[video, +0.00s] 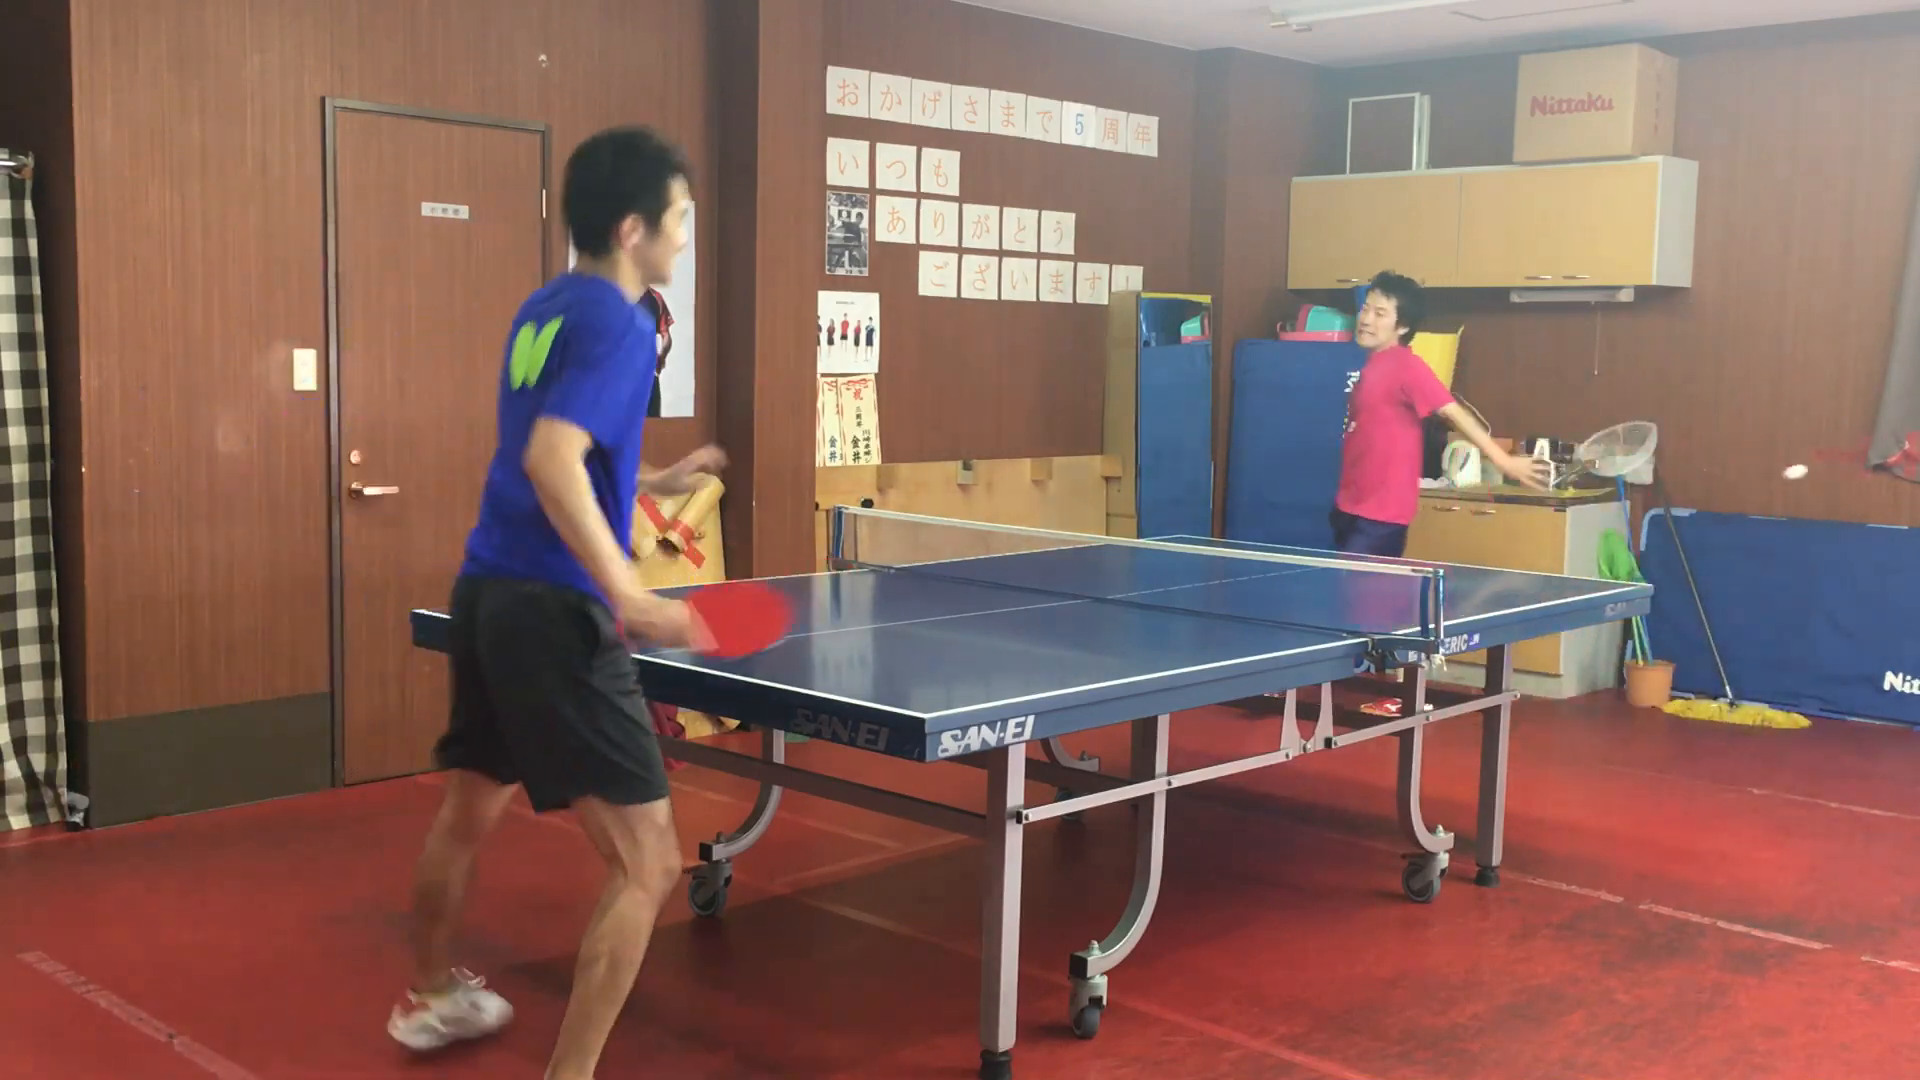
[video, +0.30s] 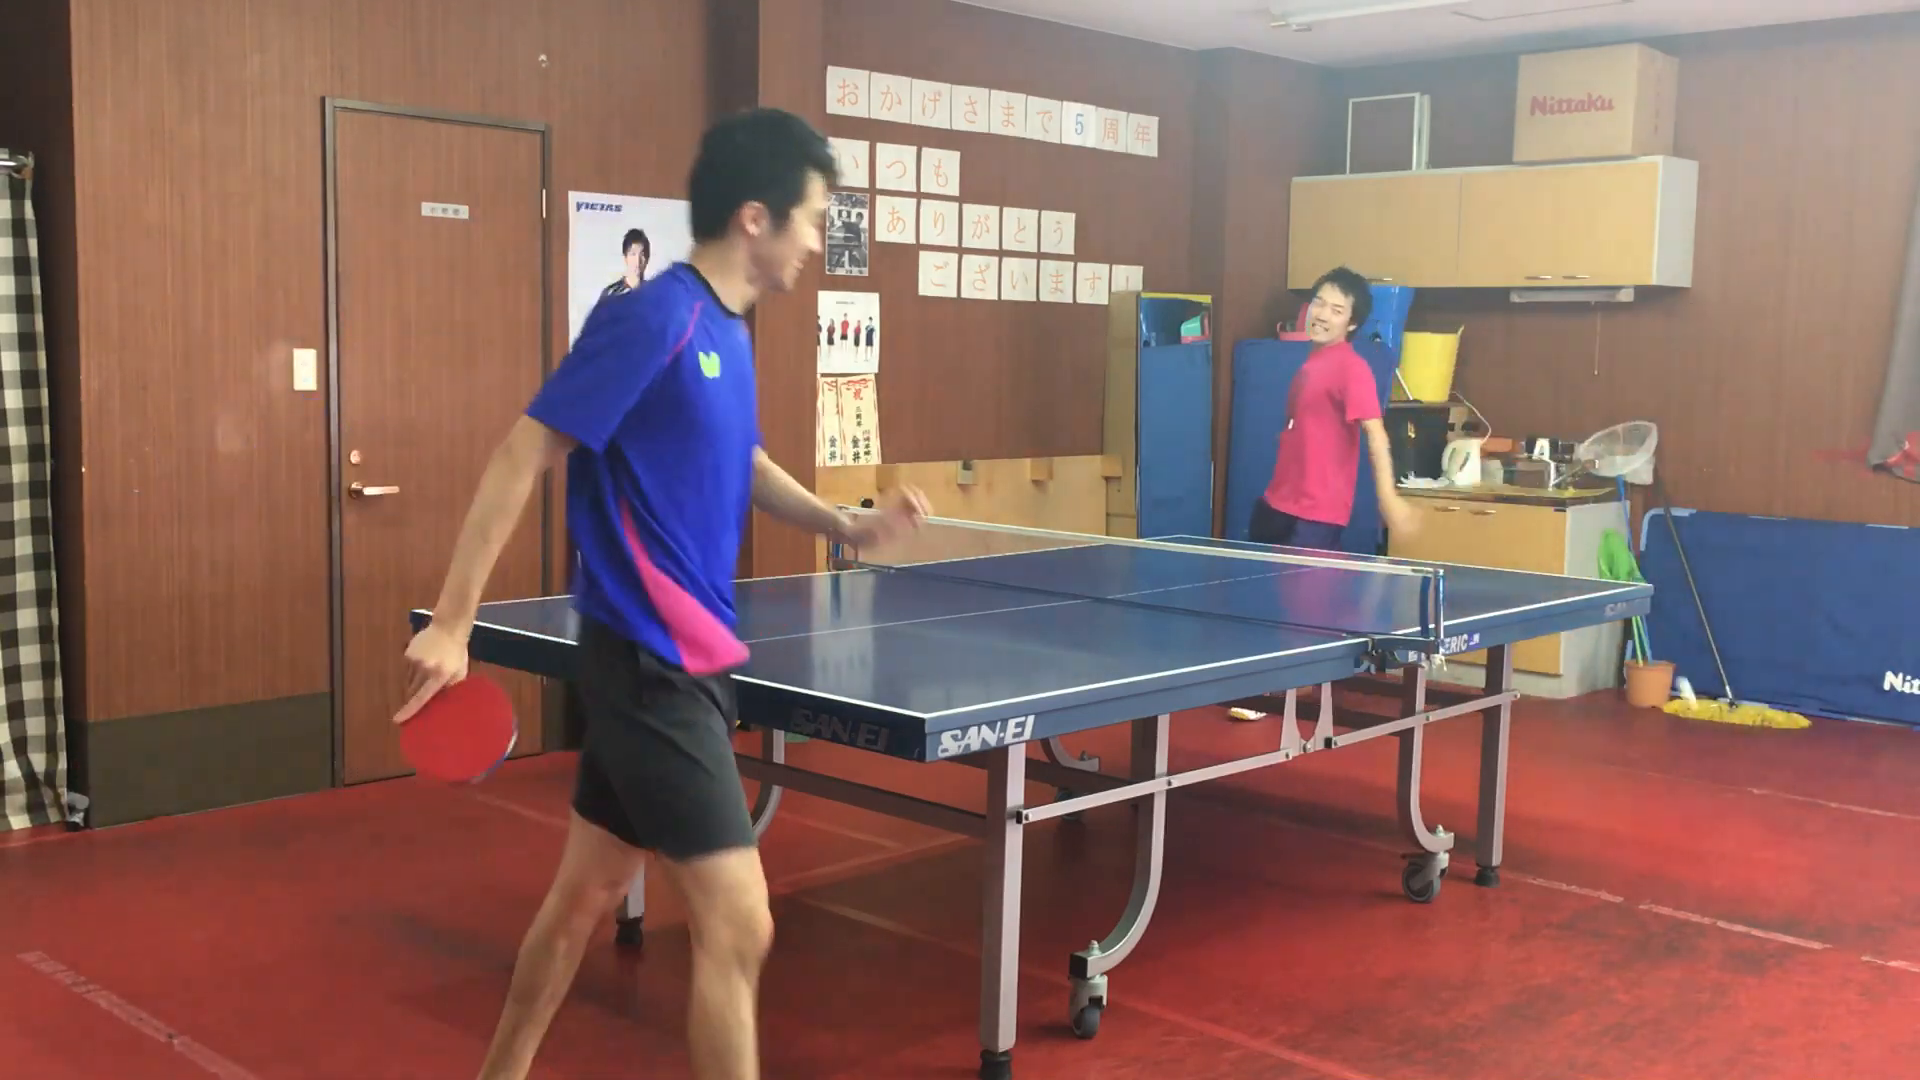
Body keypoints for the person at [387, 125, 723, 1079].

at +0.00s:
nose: (688, 235)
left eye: (687, 216)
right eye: (681, 216)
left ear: (598, 223)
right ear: (635, 226)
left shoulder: (544, 309)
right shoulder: (619, 322)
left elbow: (547, 456)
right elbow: (550, 461)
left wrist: (653, 478)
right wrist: (628, 592)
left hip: (486, 604)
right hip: (553, 614)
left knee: (465, 813)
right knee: (647, 860)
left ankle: (431, 994)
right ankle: (572, 1068)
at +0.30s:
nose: (819, 248)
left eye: (822, 226)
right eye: (813, 223)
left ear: (751, 218)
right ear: (753, 218)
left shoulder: (727, 324)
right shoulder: (653, 310)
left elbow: (734, 463)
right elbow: (524, 452)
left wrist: (846, 526)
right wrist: (450, 623)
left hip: (680, 658)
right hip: (642, 662)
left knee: (578, 908)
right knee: (736, 930)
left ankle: (501, 1071)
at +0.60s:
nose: (1017, 223)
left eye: (1025, 201)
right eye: (1015, 195)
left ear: (955, 183)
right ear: (948, 177)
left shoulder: (951, 327)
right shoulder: (806, 290)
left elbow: (931, 523)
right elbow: (690, 471)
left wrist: (980, 673)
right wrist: (680, 662)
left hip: (915, 704)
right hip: (812, 702)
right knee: (837, 1008)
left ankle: (736, 1071)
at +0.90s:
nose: (1278, 219)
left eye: (1279, 192)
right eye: (1265, 187)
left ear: (1192, 187)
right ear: (1183, 182)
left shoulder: (1222, 351)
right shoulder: (1052, 326)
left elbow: (1179, 552)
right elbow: (953, 530)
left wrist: (1225, 701)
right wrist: (1101, 669)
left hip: (1196, 762)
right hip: (1068, 769)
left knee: (1275, 1051)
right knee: (1015, 1048)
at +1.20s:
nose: (1543, 172)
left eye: (1544, 142)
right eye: (1539, 138)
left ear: (1466, 140)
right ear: (1480, 137)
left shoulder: (1441, 306)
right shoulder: (1364, 298)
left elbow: (1498, 508)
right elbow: (1259, 517)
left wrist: (1656, 637)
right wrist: (1452, 657)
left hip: (1421, 750)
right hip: (1402, 762)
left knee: (1387, 1058)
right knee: (1557, 1060)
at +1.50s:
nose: (1801, 175)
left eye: (1802, 147)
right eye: (1798, 144)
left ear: (1644, 154)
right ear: (1762, 148)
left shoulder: (1602, 307)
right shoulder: (1736, 316)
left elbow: (1644, 544)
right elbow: (1760, 568)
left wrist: (1854, 605)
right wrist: (1894, 617)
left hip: (1614, 776)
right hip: (1729, 798)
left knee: (1649, 1049)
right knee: (1794, 1058)